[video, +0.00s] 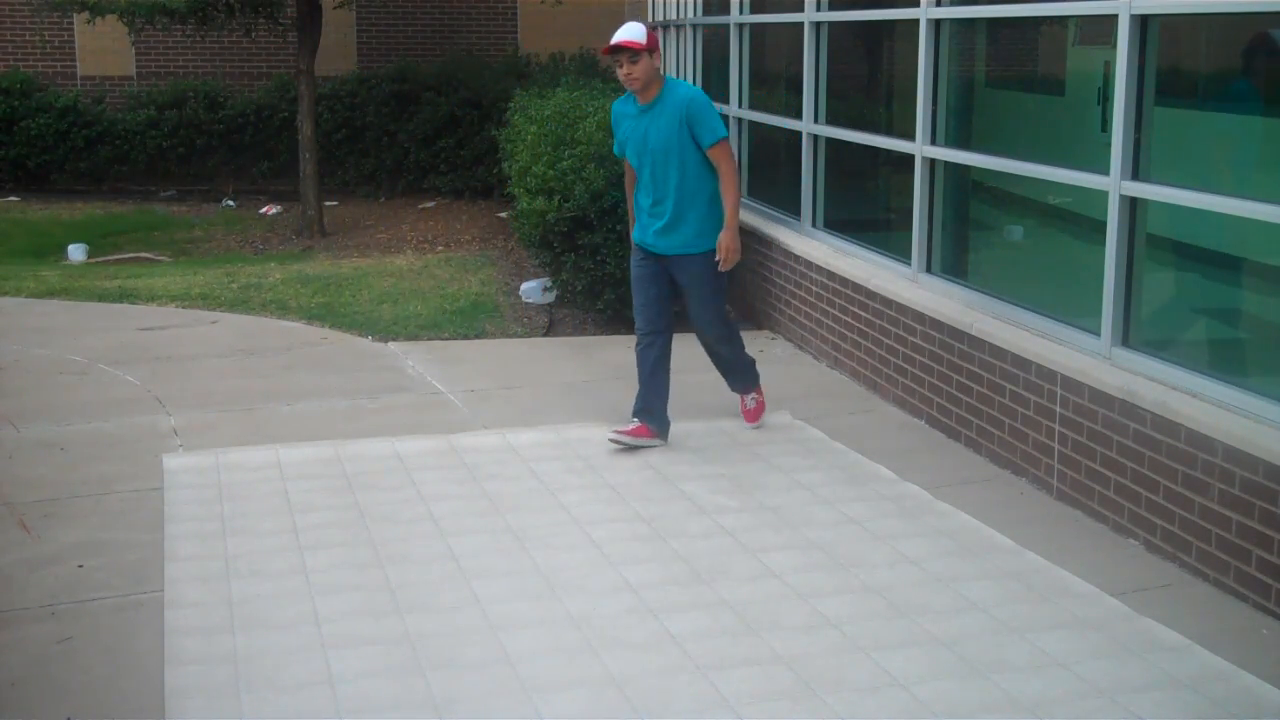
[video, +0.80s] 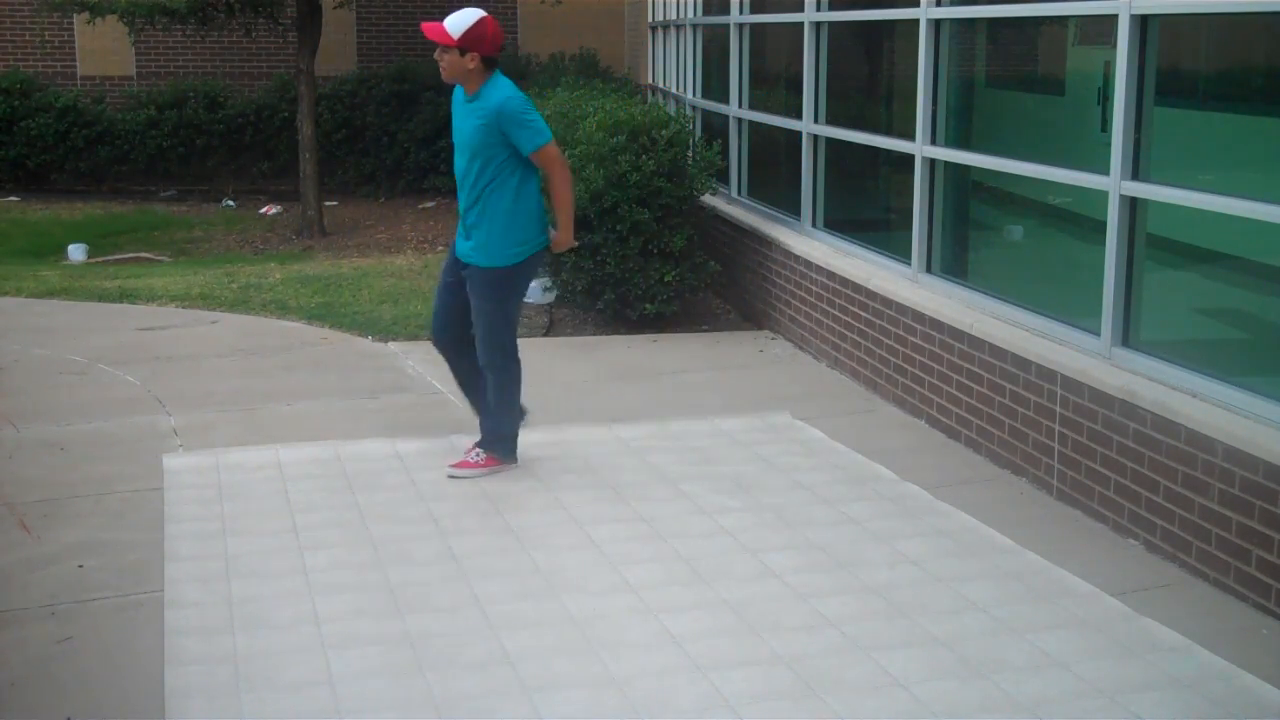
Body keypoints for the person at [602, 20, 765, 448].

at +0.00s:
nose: (625, 69)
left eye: (633, 59)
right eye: (619, 62)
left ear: (656, 58)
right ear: (614, 67)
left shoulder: (690, 100)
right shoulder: (622, 110)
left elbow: (726, 163)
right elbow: (631, 173)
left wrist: (731, 228)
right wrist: (635, 227)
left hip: (696, 240)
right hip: (647, 240)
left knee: (710, 325)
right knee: (649, 332)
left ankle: (746, 385)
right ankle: (651, 421)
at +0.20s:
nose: (588, 59)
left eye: (597, 49)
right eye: (582, 51)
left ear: (621, 50)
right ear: (578, 56)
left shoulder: (653, 95)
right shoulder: (591, 102)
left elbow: (692, 158)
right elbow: (593, 173)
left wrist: (703, 222)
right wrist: (579, 232)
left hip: (659, 232)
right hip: (617, 234)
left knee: (631, 322)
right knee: (632, 325)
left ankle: (686, 403)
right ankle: (647, 419)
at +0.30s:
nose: (569, 60)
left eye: (578, 51)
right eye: (563, 52)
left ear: (603, 51)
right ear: (559, 57)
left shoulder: (633, 96)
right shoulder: (574, 103)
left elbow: (677, 156)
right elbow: (572, 171)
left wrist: (685, 221)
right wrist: (548, 222)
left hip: (636, 232)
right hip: (607, 233)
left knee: (595, 323)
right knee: (632, 329)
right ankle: (650, 423)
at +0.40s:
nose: (547, 65)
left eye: (557, 55)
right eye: (543, 56)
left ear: (583, 57)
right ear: (539, 61)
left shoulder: (612, 100)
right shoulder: (555, 106)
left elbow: (660, 159)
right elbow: (550, 172)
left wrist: (659, 227)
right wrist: (523, 215)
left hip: (614, 240)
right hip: (586, 240)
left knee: (570, 334)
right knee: (623, 335)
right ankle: (650, 424)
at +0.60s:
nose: (496, 68)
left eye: (507, 60)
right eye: (494, 59)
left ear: (535, 64)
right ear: (494, 61)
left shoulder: (561, 109)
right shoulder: (506, 103)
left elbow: (611, 169)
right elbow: (519, 165)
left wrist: (601, 236)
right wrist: (505, 211)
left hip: (554, 250)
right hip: (524, 247)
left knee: (520, 344)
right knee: (555, 341)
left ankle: (499, 447)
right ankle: (620, 404)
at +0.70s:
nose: (463, 61)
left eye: (473, 55)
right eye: (464, 53)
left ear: (503, 64)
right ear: (485, 62)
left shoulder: (533, 106)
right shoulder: (481, 97)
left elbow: (582, 167)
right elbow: (507, 166)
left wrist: (583, 236)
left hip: (531, 249)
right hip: (495, 242)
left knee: (506, 345)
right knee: (488, 338)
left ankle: (499, 449)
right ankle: (572, 391)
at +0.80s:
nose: (437, 55)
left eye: (445, 49)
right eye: (439, 48)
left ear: (472, 60)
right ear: (466, 59)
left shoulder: (508, 103)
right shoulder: (462, 93)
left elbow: (556, 165)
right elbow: (494, 164)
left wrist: (565, 232)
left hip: (505, 252)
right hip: (469, 244)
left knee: (495, 349)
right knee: (448, 334)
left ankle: (499, 448)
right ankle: (503, 412)